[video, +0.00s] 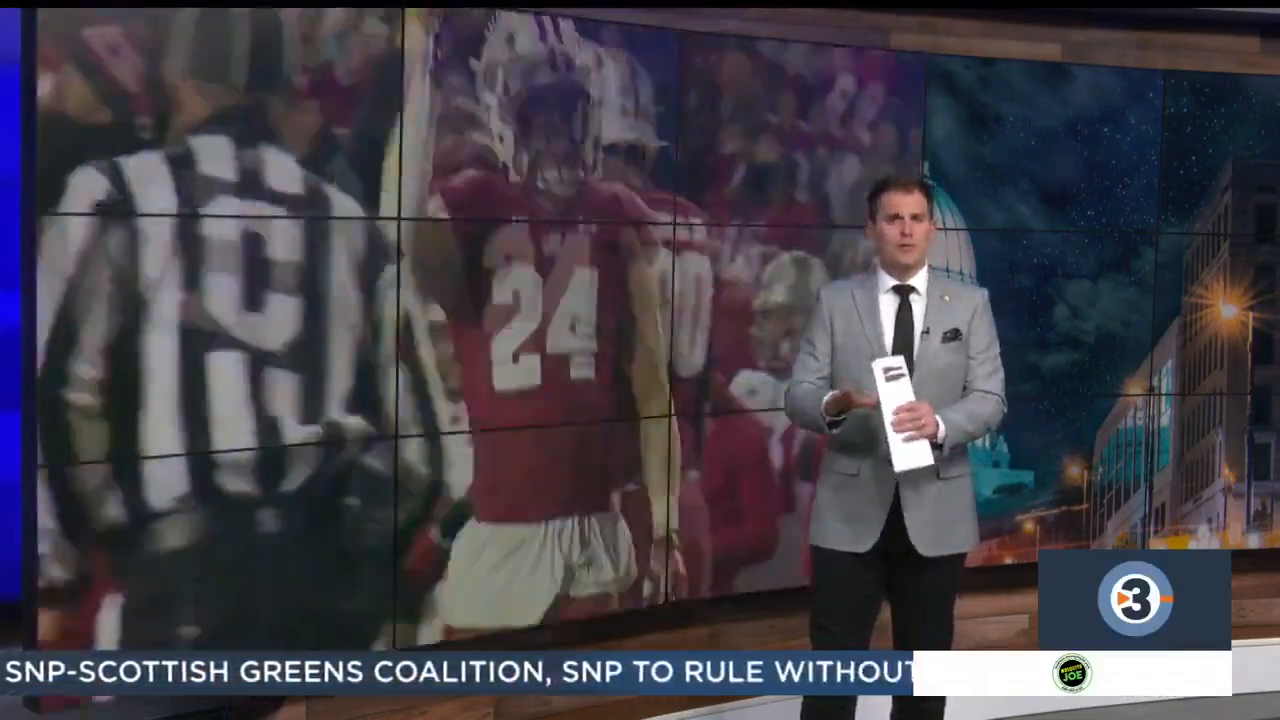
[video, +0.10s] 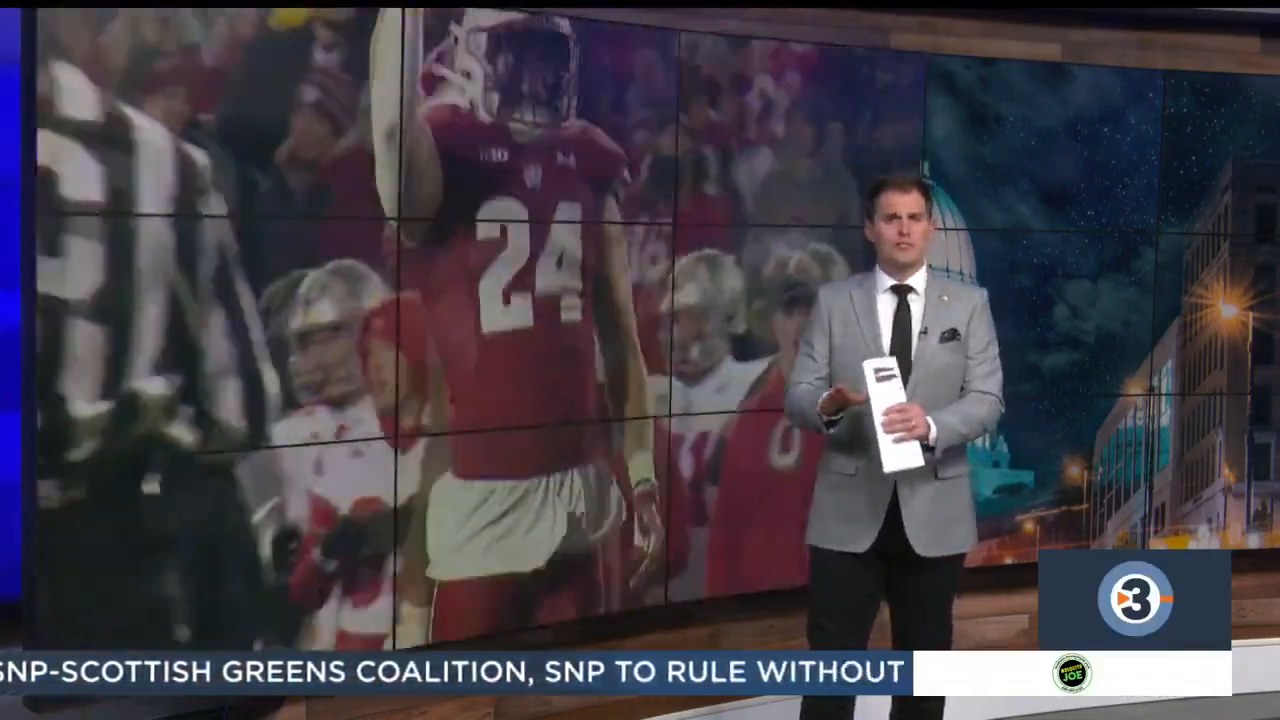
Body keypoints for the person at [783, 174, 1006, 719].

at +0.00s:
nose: (907, 230)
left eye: (917, 218)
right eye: (894, 219)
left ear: (932, 228)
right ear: (872, 230)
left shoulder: (969, 302)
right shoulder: (836, 301)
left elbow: (989, 401)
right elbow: (799, 396)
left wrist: (941, 422)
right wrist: (832, 405)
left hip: (935, 509)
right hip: (849, 507)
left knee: (927, 668)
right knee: (833, 666)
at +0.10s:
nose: (905, 229)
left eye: (915, 218)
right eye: (892, 219)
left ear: (931, 227)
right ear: (871, 230)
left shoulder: (968, 302)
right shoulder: (834, 301)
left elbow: (986, 400)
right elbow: (798, 398)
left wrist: (933, 423)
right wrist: (826, 406)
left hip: (933, 507)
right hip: (847, 506)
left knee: (927, 665)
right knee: (831, 664)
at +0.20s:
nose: (902, 229)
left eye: (913, 218)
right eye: (890, 219)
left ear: (929, 228)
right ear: (869, 230)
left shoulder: (967, 301)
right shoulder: (831, 300)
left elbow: (983, 401)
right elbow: (797, 390)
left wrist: (928, 433)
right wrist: (817, 409)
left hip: (930, 510)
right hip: (845, 508)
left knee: (925, 668)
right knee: (829, 666)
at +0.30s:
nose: (899, 229)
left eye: (911, 218)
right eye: (887, 218)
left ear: (927, 228)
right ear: (867, 230)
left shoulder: (965, 302)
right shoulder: (829, 300)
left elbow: (982, 402)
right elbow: (795, 392)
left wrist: (922, 433)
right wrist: (814, 409)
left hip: (928, 510)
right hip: (842, 508)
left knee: (923, 667)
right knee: (827, 665)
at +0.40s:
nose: (896, 229)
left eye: (907, 218)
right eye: (884, 219)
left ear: (924, 228)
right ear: (865, 231)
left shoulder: (963, 302)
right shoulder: (827, 300)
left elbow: (977, 403)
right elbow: (797, 389)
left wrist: (917, 435)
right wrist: (813, 409)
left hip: (925, 509)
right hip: (840, 507)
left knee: (920, 665)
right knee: (826, 664)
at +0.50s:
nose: (893, 228)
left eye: (905, 217)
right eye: (881, 217)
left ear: (923, 228)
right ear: (863, 230)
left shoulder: (962, 303)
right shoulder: (825, 301)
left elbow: (977, 402)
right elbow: (794, 389)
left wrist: (918, 439)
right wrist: (808, 411)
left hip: (922, 510)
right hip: (837, 509)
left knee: (919, 667)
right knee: (825, 666)